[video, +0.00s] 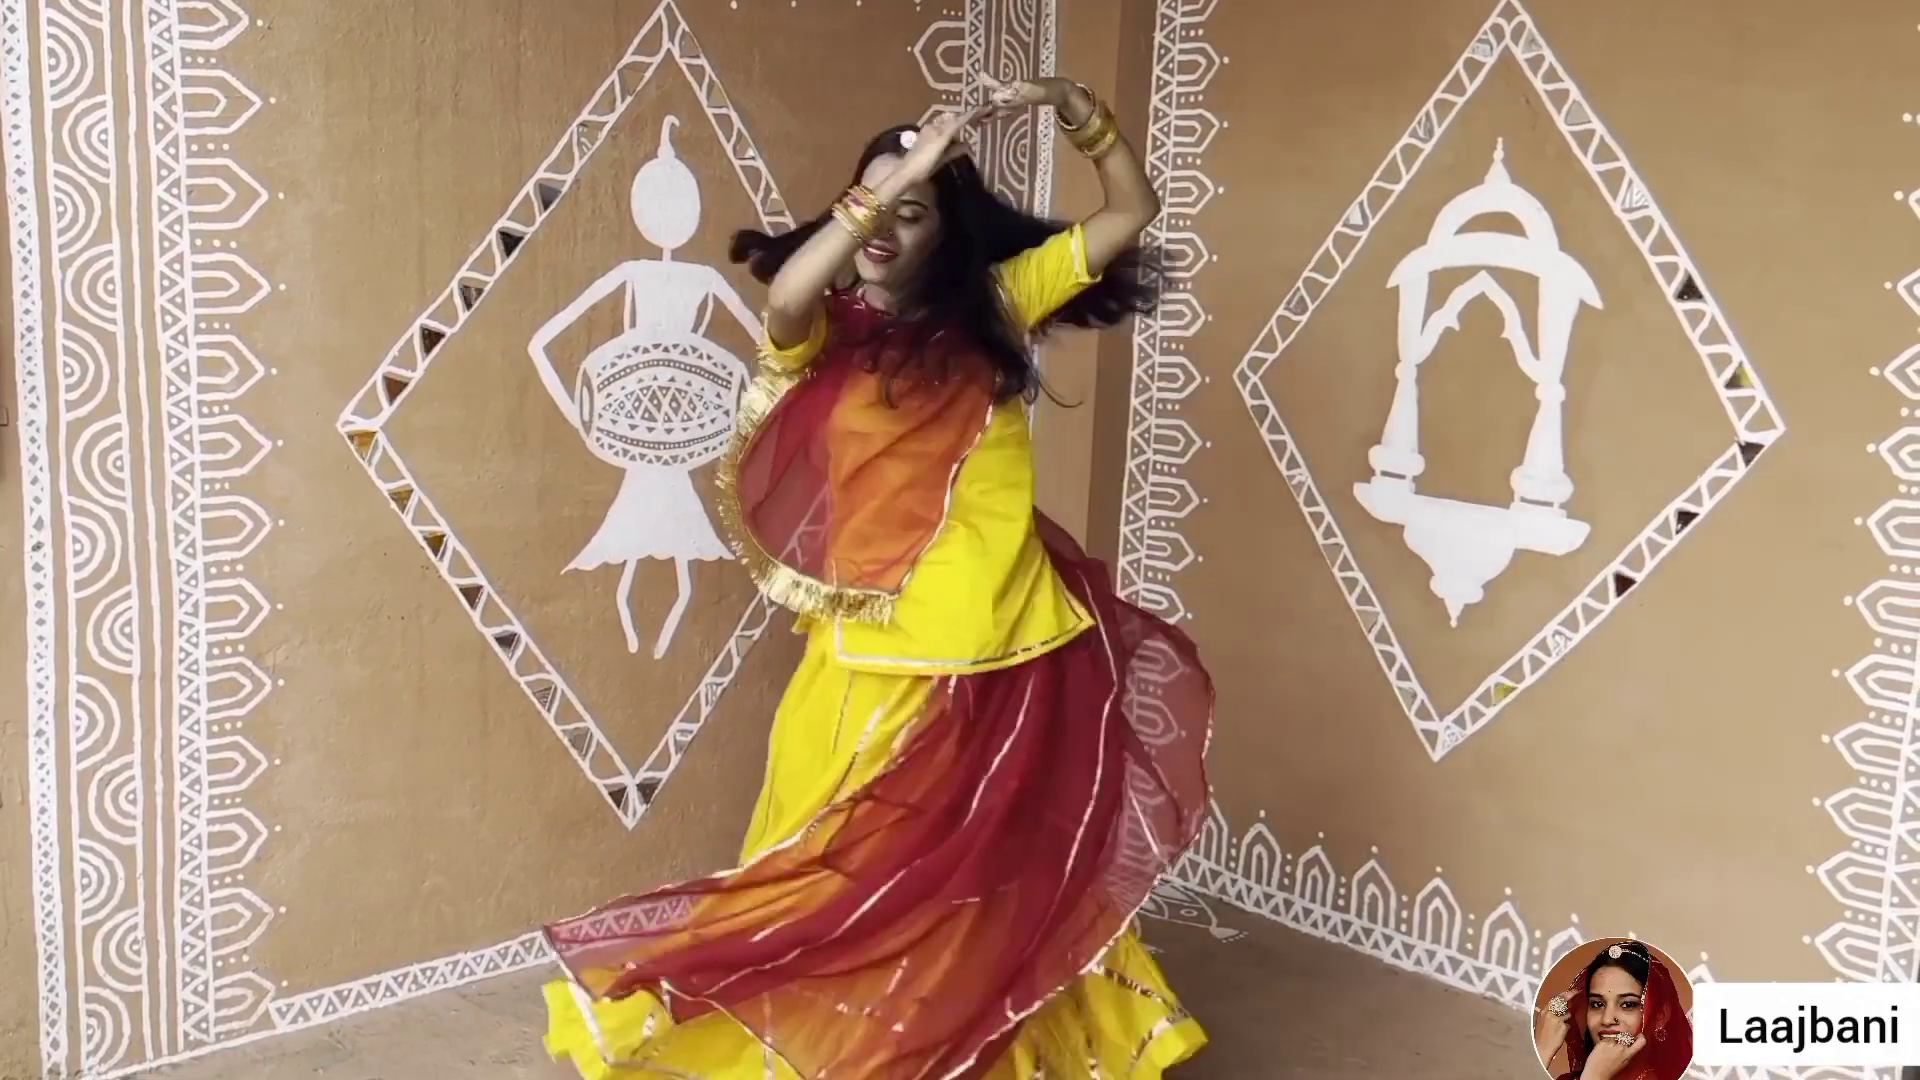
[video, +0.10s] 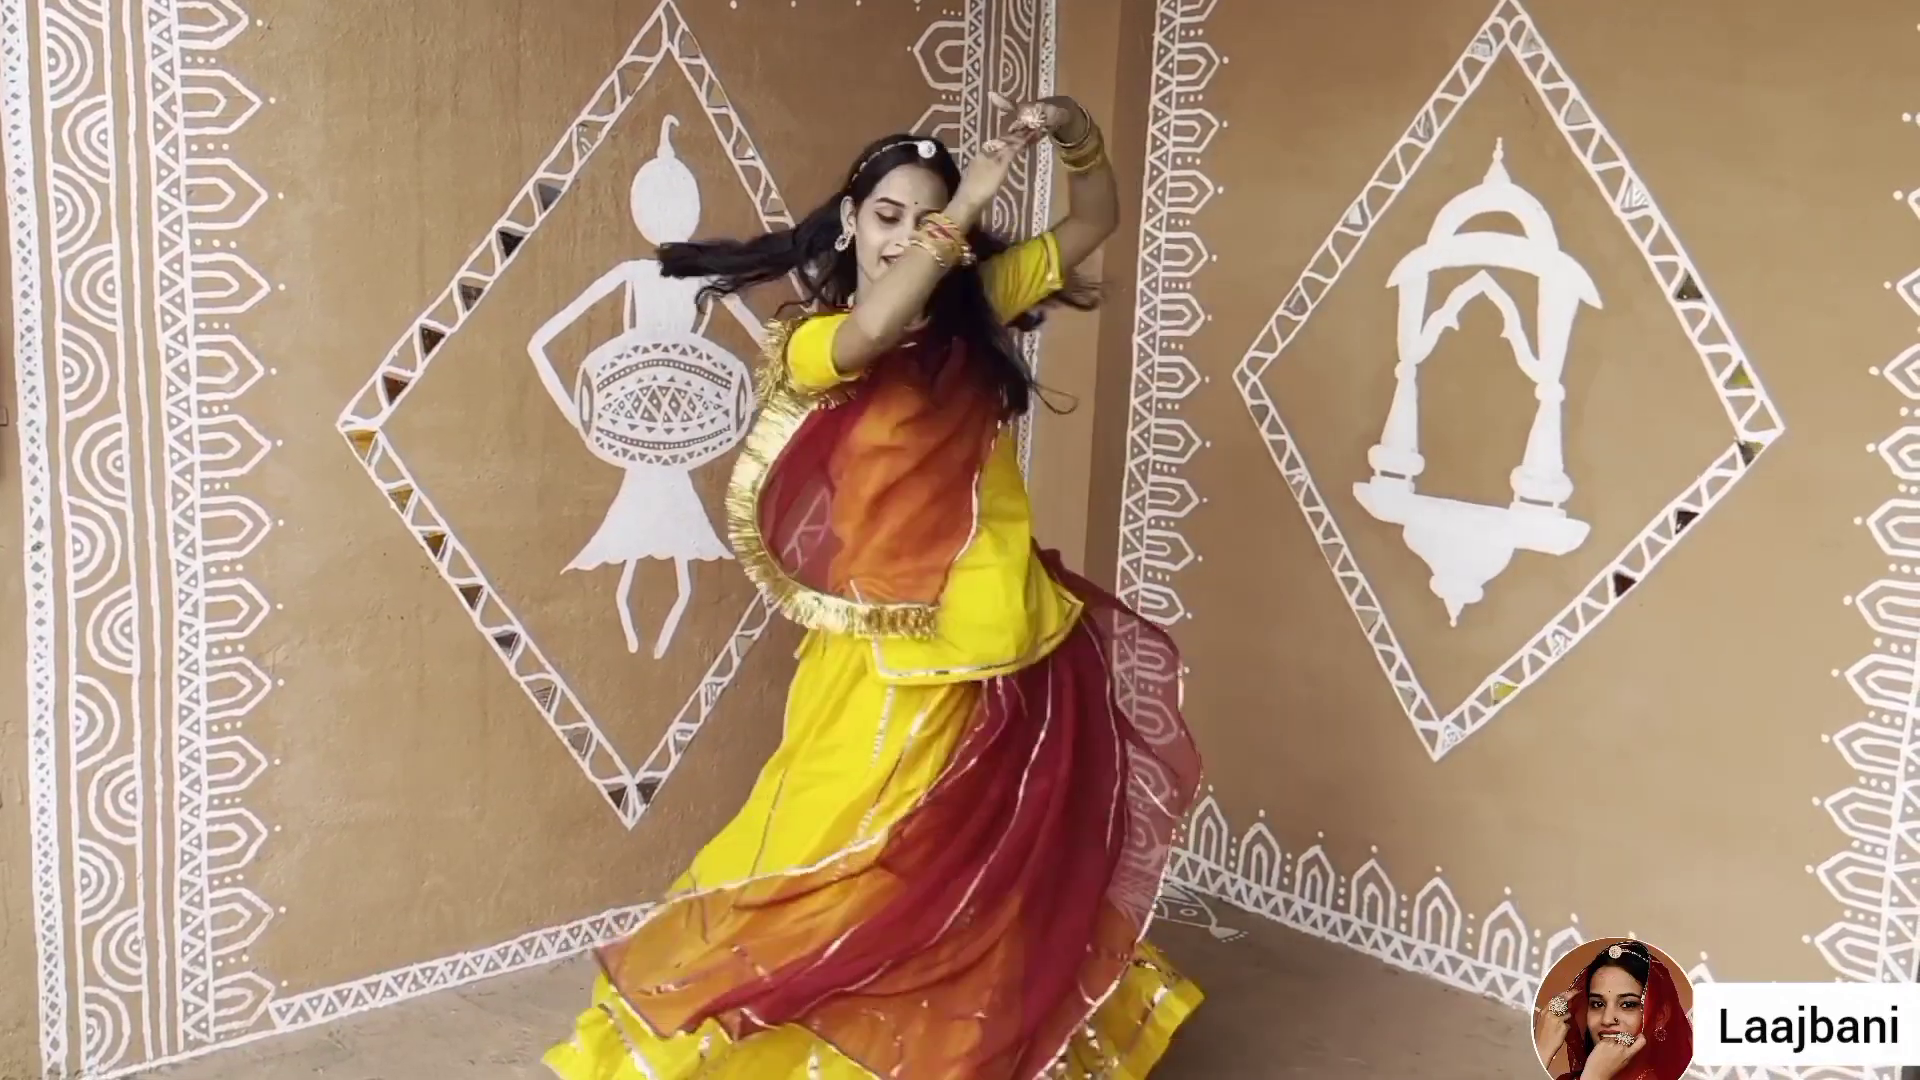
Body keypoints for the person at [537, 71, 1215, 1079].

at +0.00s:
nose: (879, 235)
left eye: (907, 216)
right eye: (868, 214)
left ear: (949, 231)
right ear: (848, 228)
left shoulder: (989, 308)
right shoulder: (819, 335)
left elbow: (1127, 217)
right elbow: (786, 303)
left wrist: (1081, 114)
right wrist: (882, 185)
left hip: (1007, 644)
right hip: (869, 648)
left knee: (993, 879)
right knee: (833, 872)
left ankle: (994, 1056)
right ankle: (827, 1056)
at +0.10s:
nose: (908, 235)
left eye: (928, 221)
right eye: (887, 212)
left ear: (953, 235)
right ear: (848, 223)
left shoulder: (973, 297)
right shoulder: (806, 344)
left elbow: (1090, 223)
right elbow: (877, 326)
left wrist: (1077, 137)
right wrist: (967, 203)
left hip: (1014, 631)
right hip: (887, 644)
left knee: (1015, 870)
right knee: (855, 869)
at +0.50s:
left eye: (885, 184)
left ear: (882, 206)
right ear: (989, 208)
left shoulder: (869, 307)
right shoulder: (1029, 327)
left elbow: (752, 208)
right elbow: (1117, 301)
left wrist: (809, 121)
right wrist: (1039, 240)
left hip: (846, 630)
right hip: (958, 638)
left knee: (809, 837)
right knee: (949, 846)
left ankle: (831, 1042)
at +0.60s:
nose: (896, 198)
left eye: (897, 183)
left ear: (887, 201)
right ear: (995, 211)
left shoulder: (861, 306)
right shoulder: (1025, 324)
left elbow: (723, 194)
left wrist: (782, 110)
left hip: (885, 609)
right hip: (980, 605)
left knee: (876, 821)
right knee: (959, 819)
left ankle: (862, 1027)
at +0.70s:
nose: (875, 201)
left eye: (885, 190)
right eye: (888, 187)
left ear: (900, 208)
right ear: (987, 214)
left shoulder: (855, 296)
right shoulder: (1007, 316)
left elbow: (717, 216)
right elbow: (865, 252)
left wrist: (751, 129)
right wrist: (799, 160)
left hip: (844, 584)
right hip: (961, 593)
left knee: (848, 807)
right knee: (968, 806)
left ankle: (839, 1028)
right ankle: (978, 1023)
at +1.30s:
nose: (860, 209)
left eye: (885, 194)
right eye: (848, 185)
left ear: (927, 206)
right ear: (826, 185)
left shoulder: (965, 288)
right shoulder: (794, 283)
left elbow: (1119, 261)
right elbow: (707, 332)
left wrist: (1048, 179)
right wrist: (848, 300)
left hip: (957, 614)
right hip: (822, 616)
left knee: (920, 851)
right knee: (780, 834)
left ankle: (907, 1056)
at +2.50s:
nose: (964, 260)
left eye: (986, 237)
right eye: (944, 234)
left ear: (1011, 240)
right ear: (906, 233)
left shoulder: (1036, 352)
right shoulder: (859, 349)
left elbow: (1179, 440)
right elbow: (776, 467)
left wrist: (1113, 539)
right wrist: (900, 562)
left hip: (1011, 642)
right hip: (894, 644)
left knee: (1016, 857)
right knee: (944, 854)